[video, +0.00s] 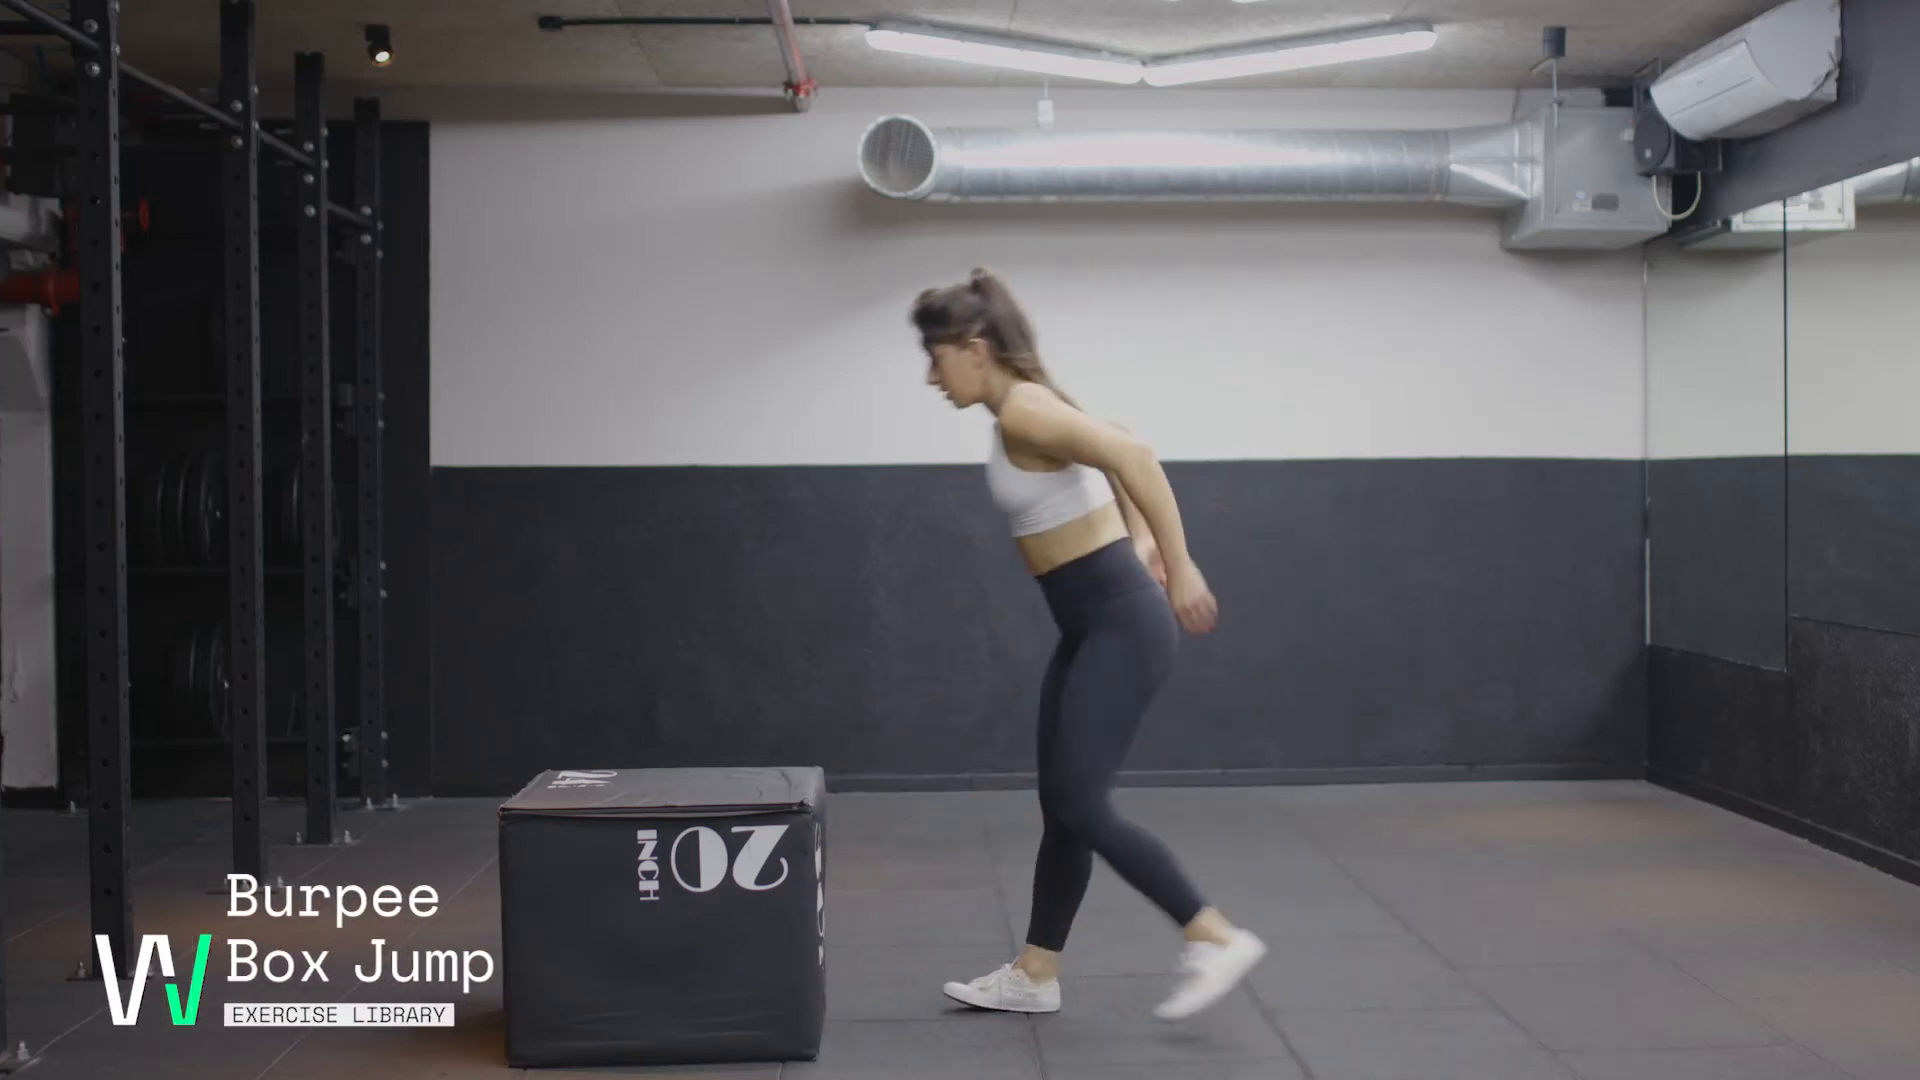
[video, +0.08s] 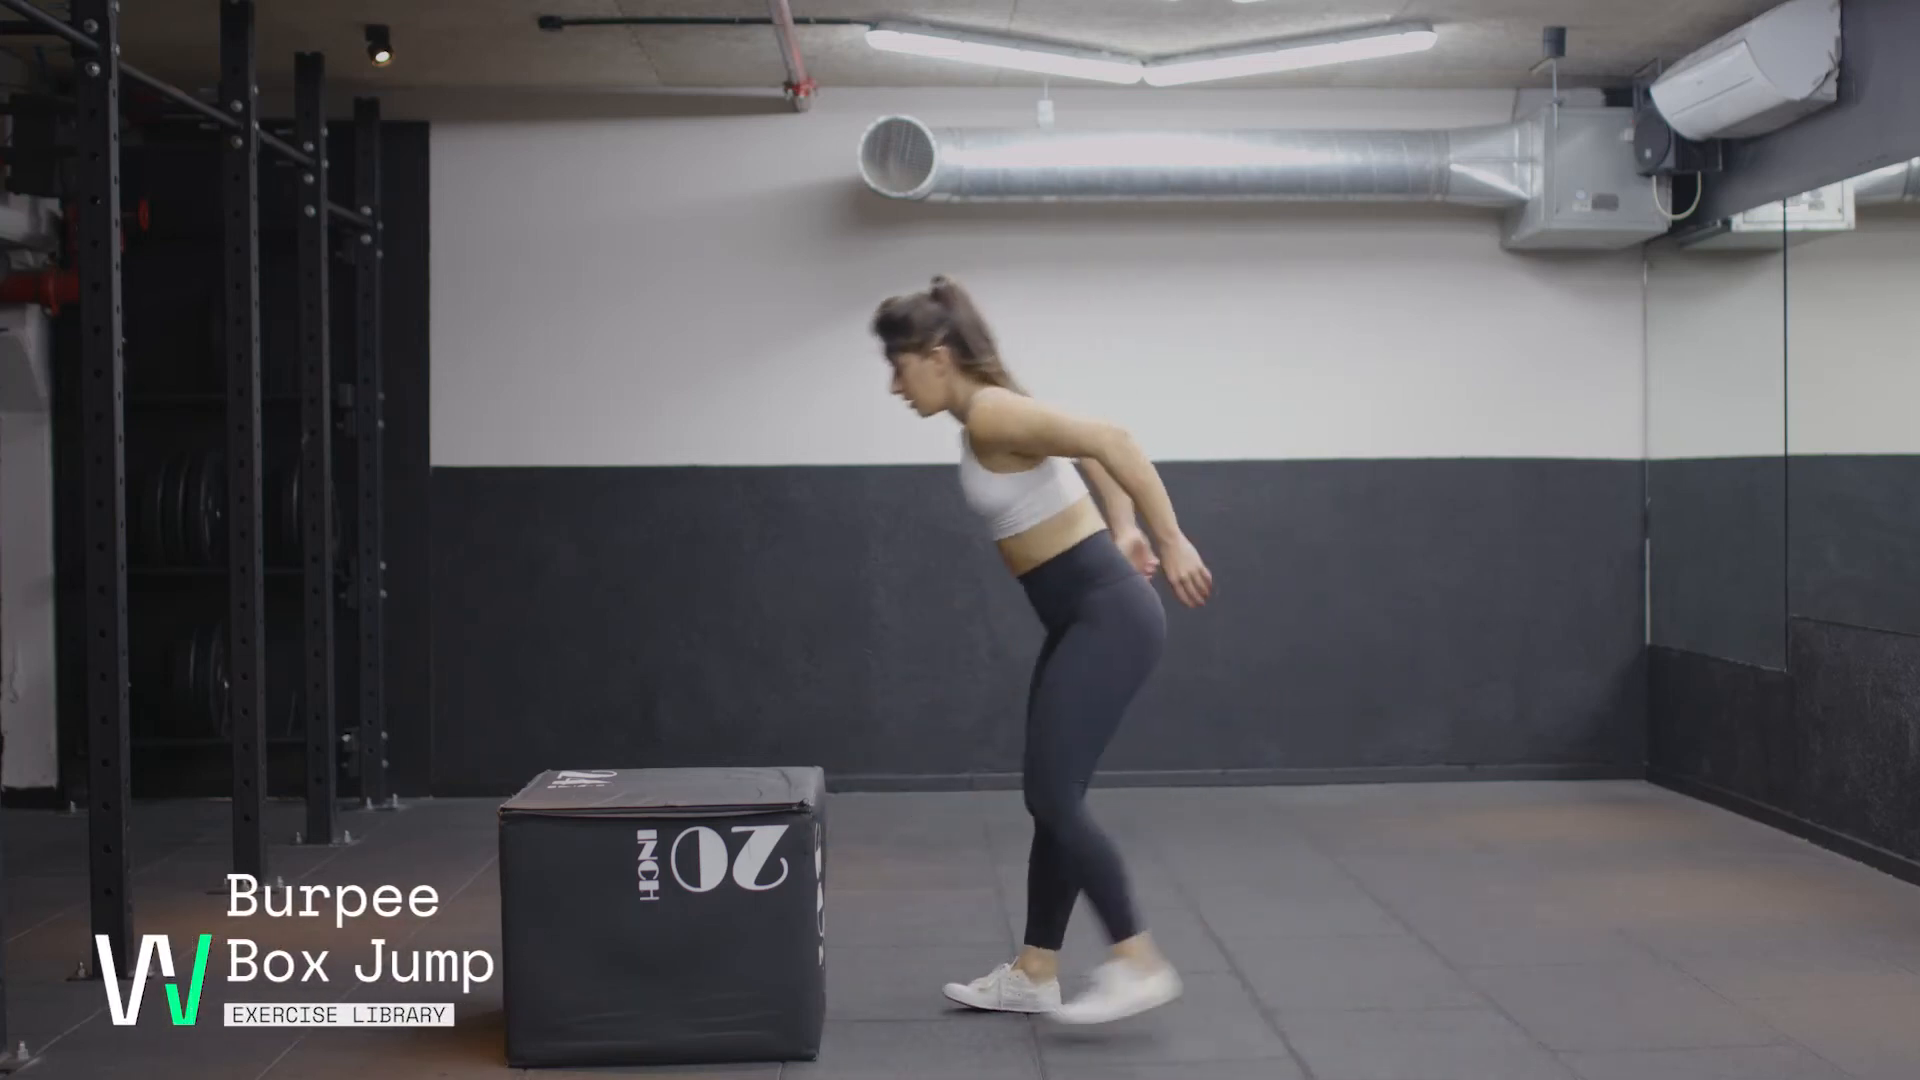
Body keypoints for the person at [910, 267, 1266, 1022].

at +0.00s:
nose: (929, 372)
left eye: (936, 354)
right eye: (928, 356)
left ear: (977, 348)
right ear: (979, 350)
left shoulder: (1024, 411)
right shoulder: (1022, 412)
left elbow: (1136, 457)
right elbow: (1118, 462)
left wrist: (1181, 570)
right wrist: (1145, 553)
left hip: (1122, 623)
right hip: (1091, 625)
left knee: (1081, 802)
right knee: (1063, 799)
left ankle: (1216, 938)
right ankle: (1037, 970)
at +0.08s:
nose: (892, 380)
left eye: (899, 362)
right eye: (890, 364)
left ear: (942, 355)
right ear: (941, 359)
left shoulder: (991, 414)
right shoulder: (988, 415)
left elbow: (1113, 441)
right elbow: (1094, 447)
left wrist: (1172, 538)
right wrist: (1124, 531)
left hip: (1107, 618)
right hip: (1084, 617)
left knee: (1055, 792)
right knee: (1050, 792)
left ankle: (1139, 960)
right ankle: (1036, 968)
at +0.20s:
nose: (846, 408)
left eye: (852, 390)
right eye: (844, 392)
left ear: (893, 383)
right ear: (892, 385)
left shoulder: (952, 440)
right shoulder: (940, 446)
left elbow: (1069, 488)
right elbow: (1066, 486)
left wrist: (1114, 598)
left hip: (1076, 623)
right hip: (1058, 626)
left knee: (1015, 793)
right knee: (1009, 790)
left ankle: (1038, 991)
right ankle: (1027, 977)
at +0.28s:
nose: (832, 427)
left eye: (838, 410)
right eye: (831, 411)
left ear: (879, 408)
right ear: (878, 410)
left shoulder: (942, 472)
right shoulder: (923, 477)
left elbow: (1027, 572)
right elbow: (1005, 584)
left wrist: (999, 686)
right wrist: (980, 674)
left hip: (1068, 656)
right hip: (1050, 652)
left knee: (966, 811)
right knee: (962, 807)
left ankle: (1031, 996)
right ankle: (1022, 978)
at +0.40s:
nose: (843, 419)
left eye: (851, 403)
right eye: (843, 404)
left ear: (894, 401)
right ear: (894, 404)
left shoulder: (928, 481)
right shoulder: (916, 478)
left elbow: (857, 590)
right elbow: (847, 571)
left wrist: (748, 571)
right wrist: (751, 562)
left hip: (1027, 678)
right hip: (1013, 675)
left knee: (923, 840)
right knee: (930, 834)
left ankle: (1027, 996)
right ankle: (1019, 977)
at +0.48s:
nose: (830, 347)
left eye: (841, 333)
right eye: (830, 333)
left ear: (883, 331)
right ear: (869, 336)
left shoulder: (901, 401)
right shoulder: (888, 400)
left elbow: (784, 471)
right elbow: (788, 468)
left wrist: (721, 393)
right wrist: (730, 397)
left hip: (988, 623)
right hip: (972, 620)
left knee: (951, 803)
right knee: (949, 800)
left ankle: (1023, 985)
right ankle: (1016, 966)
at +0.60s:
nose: (772, 261)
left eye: (776, 244)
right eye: (771, 247)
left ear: (814, 237)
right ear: (822, 238)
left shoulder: (852, 299)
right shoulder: (851, 304)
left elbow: (746, 367)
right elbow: (774, 384)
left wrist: (668, 326)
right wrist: (691, 331)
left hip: (955, 505)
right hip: (944, 504)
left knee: (894, 688)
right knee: (895, 683)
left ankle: (989, 840)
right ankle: (993, 821)